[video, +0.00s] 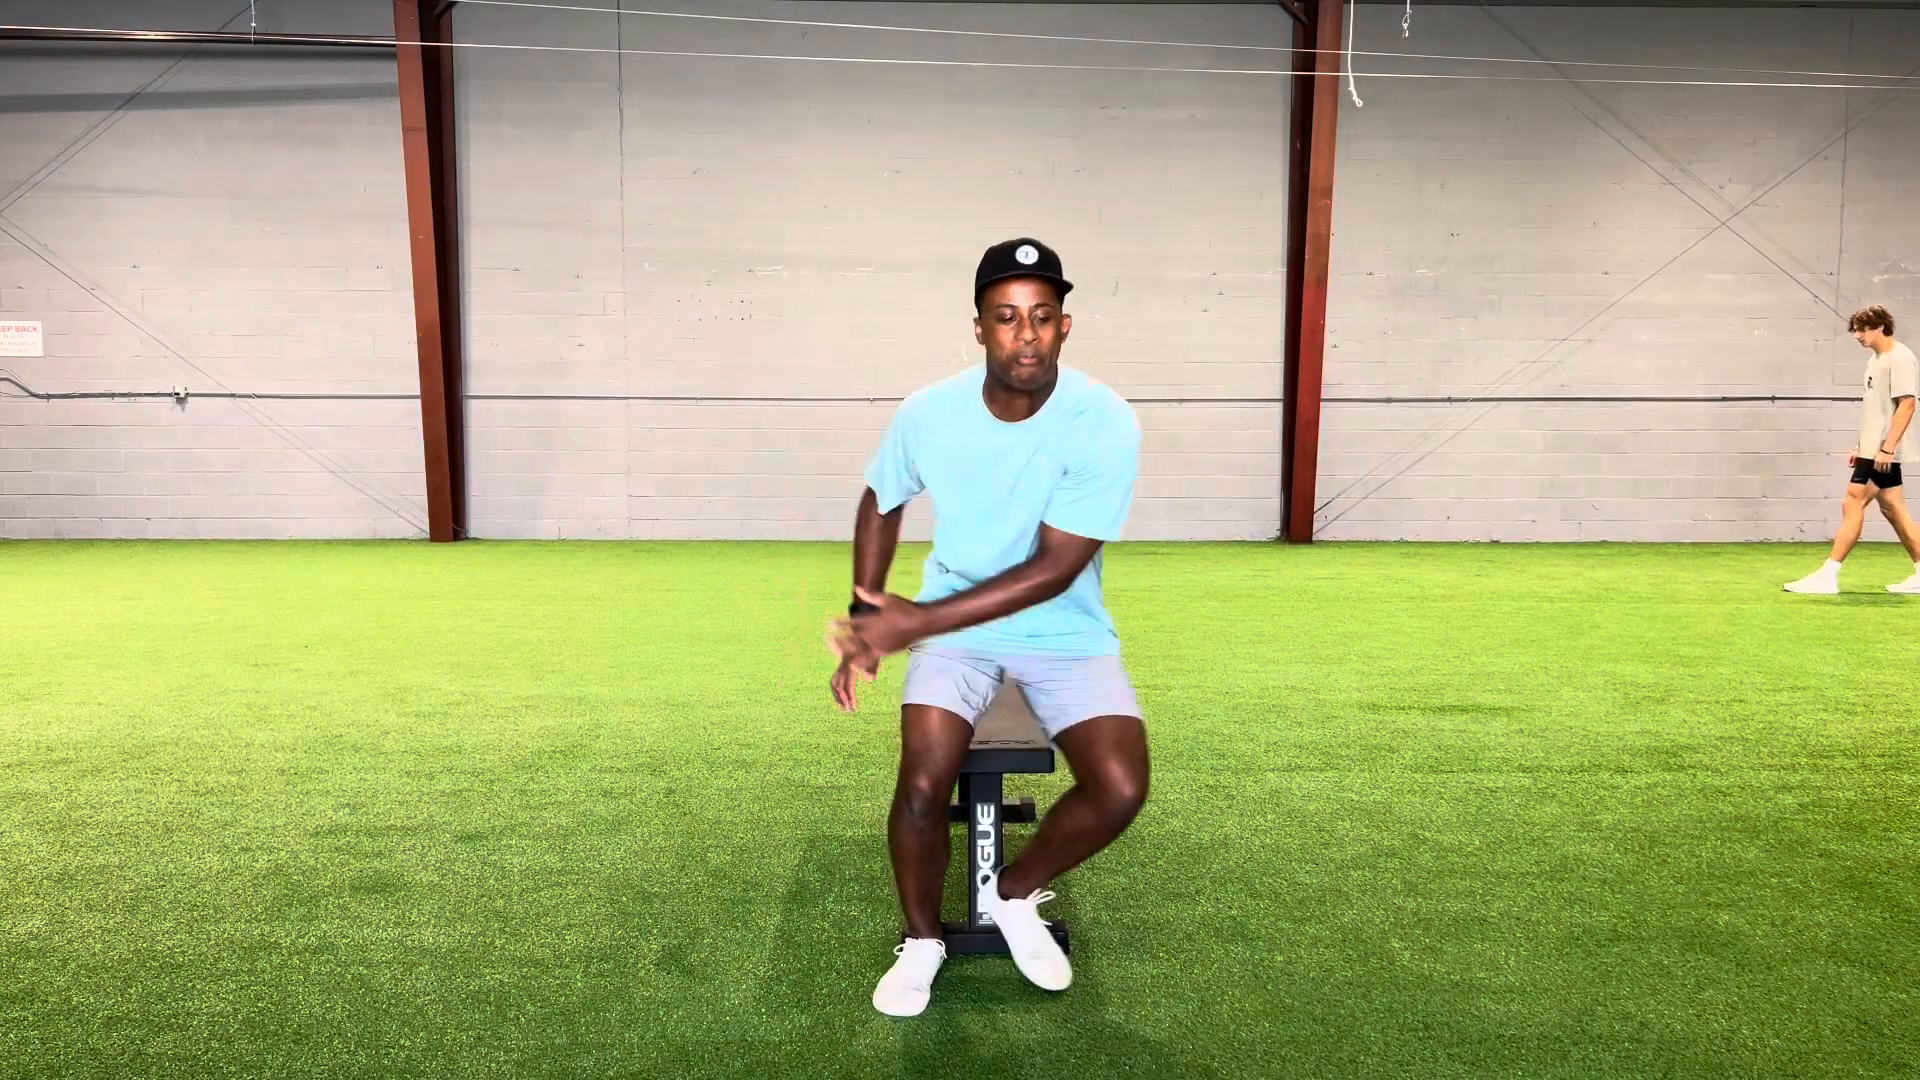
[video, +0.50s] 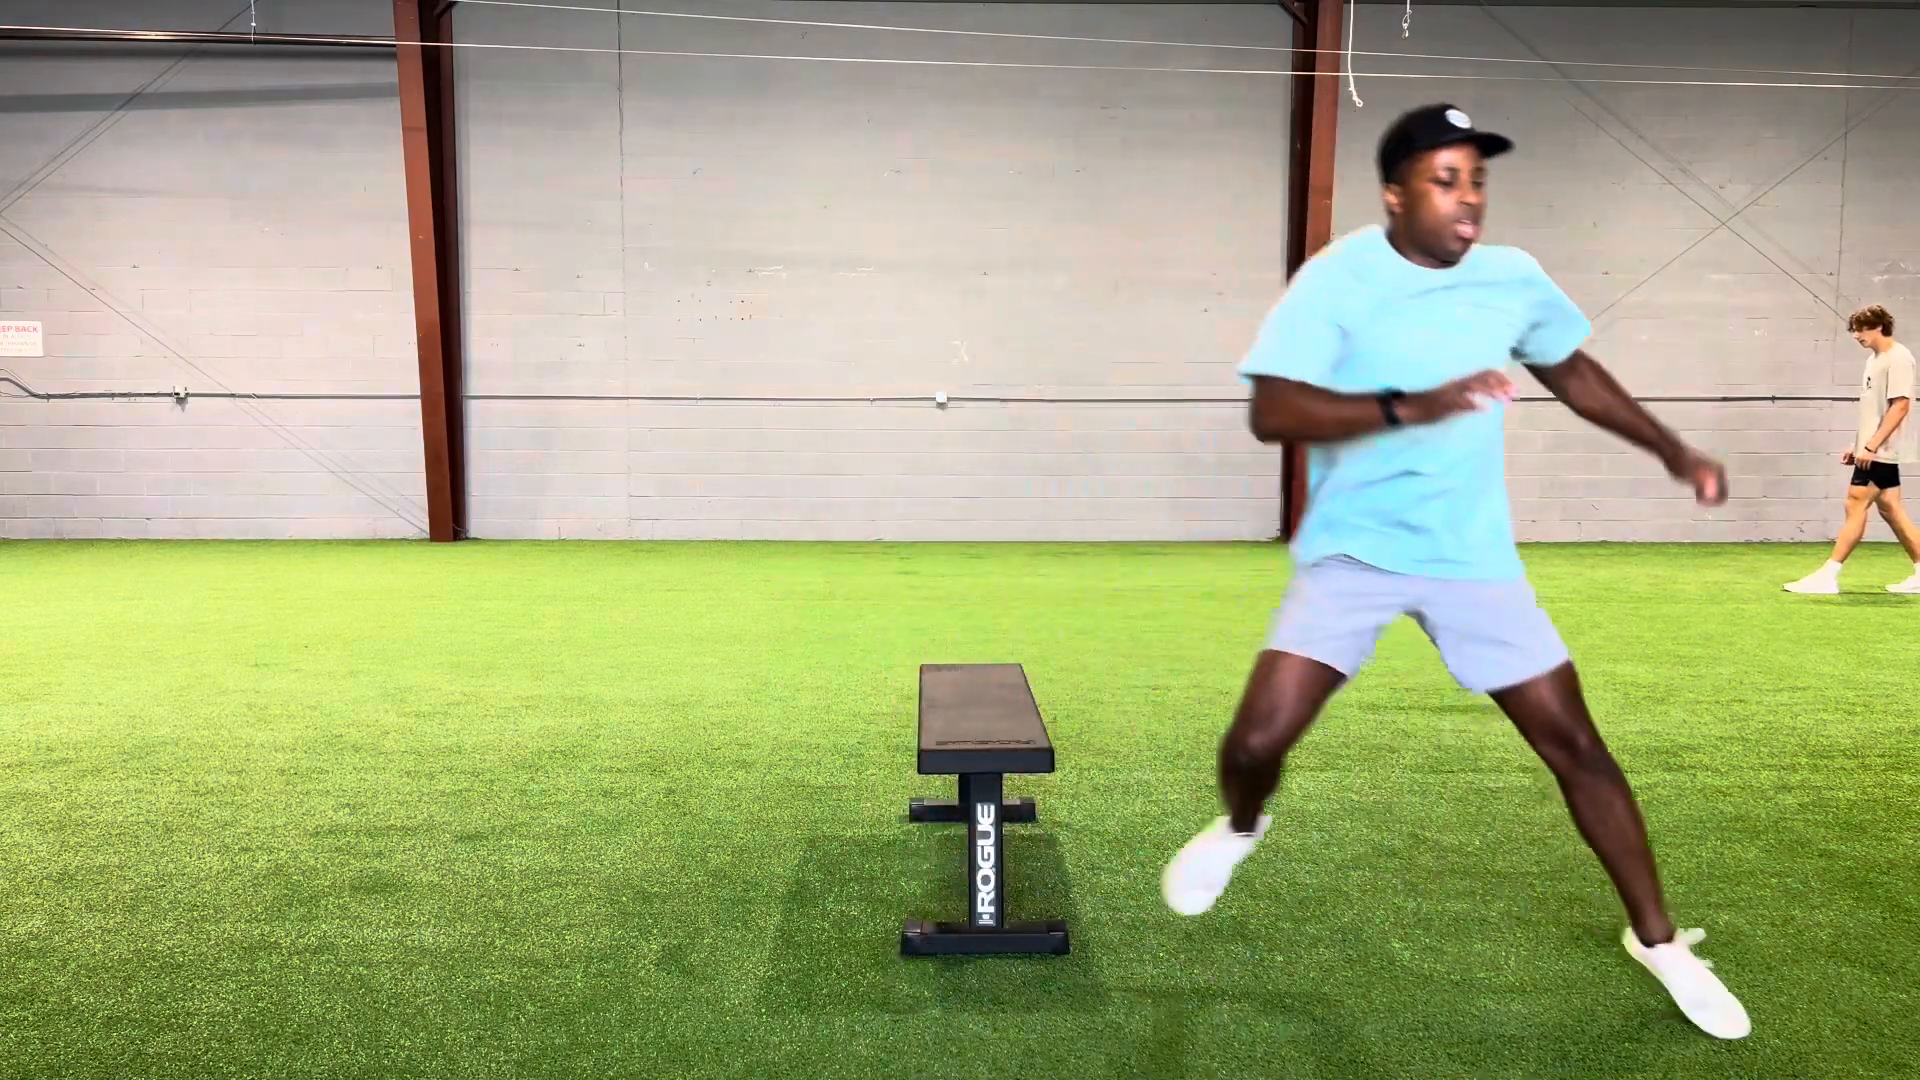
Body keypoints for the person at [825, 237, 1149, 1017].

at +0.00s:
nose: (1026, 336)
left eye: (1042, 318)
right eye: (1007, 318)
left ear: (1064, 326)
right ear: (980, 328)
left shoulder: (1103, 422)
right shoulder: (929, 413)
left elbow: (1056, 568)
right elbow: (881, 507)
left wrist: (917, 620)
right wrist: (864, 622)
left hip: (1065, 622)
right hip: (957, 619)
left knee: (1120, 786)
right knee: (924, 780)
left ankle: (1013, 890)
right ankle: (922, 939)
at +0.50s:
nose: (1469, 202)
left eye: (1477, 184)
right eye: (1446, 184)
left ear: (1485, 189)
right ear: (1394, 193)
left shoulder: (1513, 280)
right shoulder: (1335, 280)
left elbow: (1575, 373)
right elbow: (1272, 413)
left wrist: (1673, 452)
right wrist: (1407, 407)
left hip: (1476, 563)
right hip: (1348, 556)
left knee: (1577, 744)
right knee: (1254, 740)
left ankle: (1659, 939)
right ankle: (1238, 831)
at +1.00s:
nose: (1710, 287)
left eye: (1719, 268)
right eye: (1686, 269)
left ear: (1726, 276)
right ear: (1630, 282)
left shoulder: (1720, 385)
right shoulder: (1558, 380)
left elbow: (1675, 514)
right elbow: (1515, 535)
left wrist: (1662, 606)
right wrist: (1659, 595)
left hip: (1623, 604)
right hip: (1516, 595)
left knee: (1702, 786)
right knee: (1587, 789)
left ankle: (1676, 963)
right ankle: (1531, 860)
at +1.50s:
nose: (1314, 219)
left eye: (1334, 202)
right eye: (1305, 202)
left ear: (1388, 206)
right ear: (1298, 208)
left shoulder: (1457, 319)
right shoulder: (1260, 325)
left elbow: (1491, 451)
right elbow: (1222, 437)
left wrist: (1485, 559)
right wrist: (1196, 535)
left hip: (1423, 584)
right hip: (1293, 576)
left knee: (1516, 756)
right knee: (1228, 744)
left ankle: (1595, 932)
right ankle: (1212, 937)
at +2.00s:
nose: (1144, 229)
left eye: (1164, 210)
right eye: (1132, 209)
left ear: (1209, 208)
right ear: (1119, 206)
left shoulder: (1266, 306)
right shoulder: (1089, 302)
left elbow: (1309, 441)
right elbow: (1056, 418)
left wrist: (1309, 575)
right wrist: (1025, 517)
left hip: (1213, 576)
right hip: (1098, 562)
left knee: (1228, 763)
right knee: (1027, 731)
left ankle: (1255, 941)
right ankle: (1001, 923)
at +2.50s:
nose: (1019, 424)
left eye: (1038, 406)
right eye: (1004, 403)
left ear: (1070, 392)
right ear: (985, 384)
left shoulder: (1113, 463)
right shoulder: (931, 449)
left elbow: (1159, 581)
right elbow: (880, 540)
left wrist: (1117, 676)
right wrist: (891, 633)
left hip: (1068, 637)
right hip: (957, 632)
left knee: (1092, 776)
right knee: (925, 765)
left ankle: (1077, 939)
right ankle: (935, 941)